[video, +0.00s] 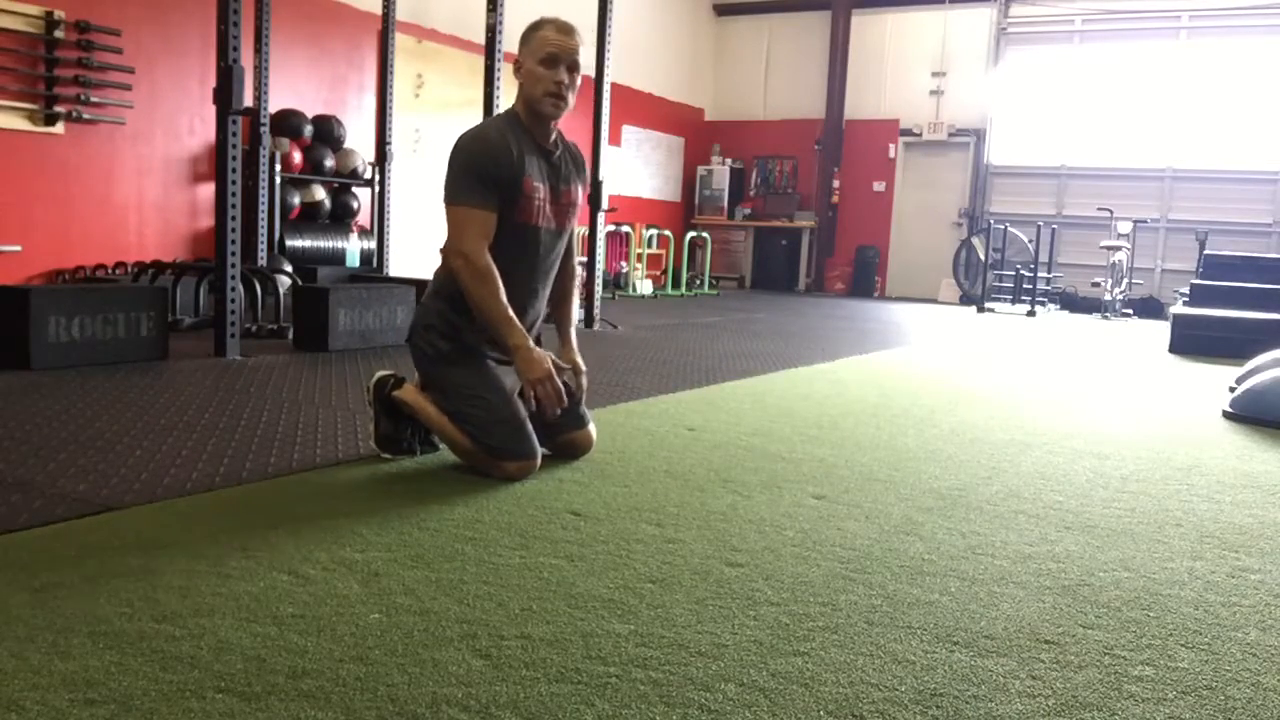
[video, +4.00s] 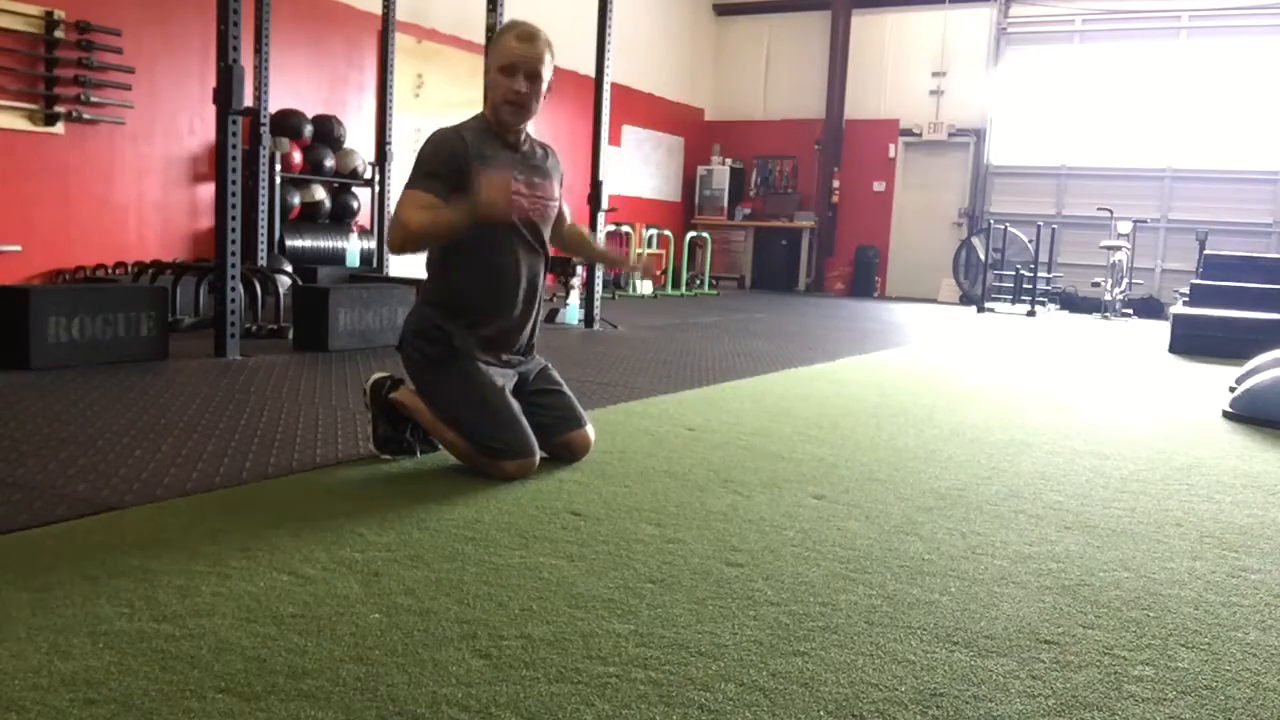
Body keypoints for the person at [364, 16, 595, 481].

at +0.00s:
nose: (562, 78)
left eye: (572, 68)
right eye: (549, 63)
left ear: (579, 80)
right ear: (518, 68)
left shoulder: (573, 162)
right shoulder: (485, 145)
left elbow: (565, 258)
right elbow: (466, 255)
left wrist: (568, 342)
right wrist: (525, 349)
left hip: (518, 336)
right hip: (455, 337)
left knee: (574, 440)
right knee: (515, 463)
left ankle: (448, 407)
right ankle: (401, 396)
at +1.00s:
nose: (531, 78)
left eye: (534, 66)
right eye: (518, 65)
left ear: (537, 73)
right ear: (475, 71)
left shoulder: (521, 155)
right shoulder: (450, 147)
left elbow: (565, 253)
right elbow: (495, 234)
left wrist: (590, 184)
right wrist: (540, 158)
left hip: (508, 346)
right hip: (447, 348)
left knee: (573, 439)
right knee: (514, 462)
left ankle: (443, 411)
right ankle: (398, 400)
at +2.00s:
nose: (538, 75)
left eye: (546, 65)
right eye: (524, 60)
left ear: (553, 76)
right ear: (489, 66)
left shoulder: (550, 159)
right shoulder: (463, 141)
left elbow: (596, 246)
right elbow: (492, 223)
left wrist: (629, 181)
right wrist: (576, 167)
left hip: (518, 341)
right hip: (455, 343)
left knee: (572, 443)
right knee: (515, 463)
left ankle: (443, 414)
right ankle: (401, 398)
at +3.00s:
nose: (563, 94)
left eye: (564, 82)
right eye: (561, 81)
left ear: (530, 79)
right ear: (529, 78)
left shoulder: (536, 152)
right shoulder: (461, 149)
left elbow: (560, 209)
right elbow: (442, 259)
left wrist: (577, 131)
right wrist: (471, 357)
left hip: (511, 345)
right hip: (449, 347)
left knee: (572, 442)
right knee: (515, 464)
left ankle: (437, 412)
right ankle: (399, 399)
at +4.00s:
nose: (519, 87)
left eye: (532, 78)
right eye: (507, 72)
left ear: (546, 88)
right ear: (486, 73)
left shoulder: (546, 160)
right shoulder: (451, 147)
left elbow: (559, 228)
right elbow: (401, 233)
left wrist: (610, 254)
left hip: (517, 346)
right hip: (450, 347)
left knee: (574, 444)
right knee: (516, 463)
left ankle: (448, 409)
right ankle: (399, 399)